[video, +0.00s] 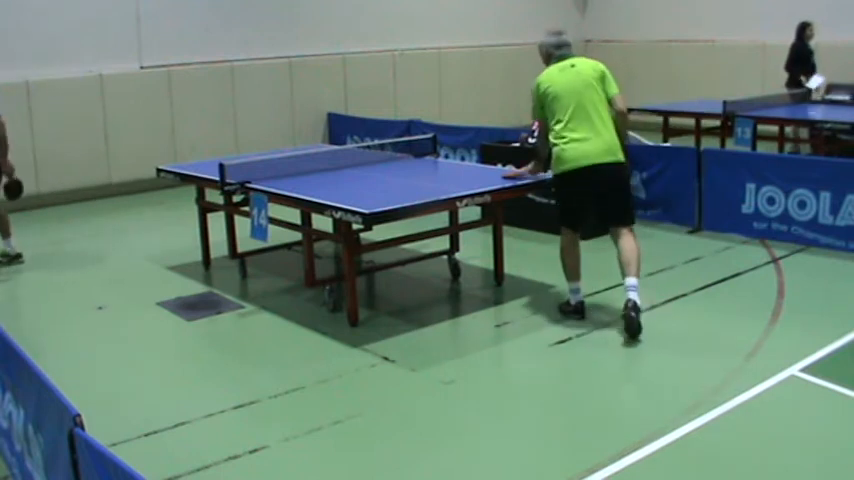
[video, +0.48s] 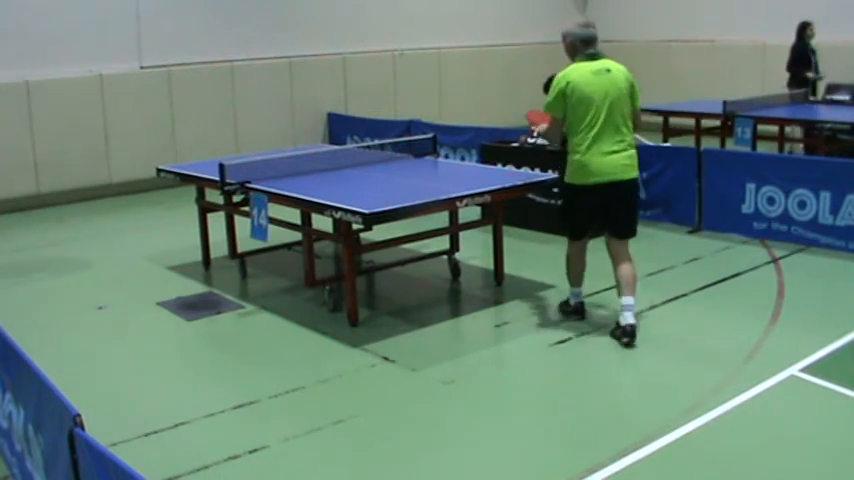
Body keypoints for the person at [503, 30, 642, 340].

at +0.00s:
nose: (540, 61)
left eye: (540, 56)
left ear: (545, 55)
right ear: (570, 49)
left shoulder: (542, 82)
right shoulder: (596, 68)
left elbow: (542, 132)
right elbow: (620, 109)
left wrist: (539, 164)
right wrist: (619, 145)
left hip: (570, 167)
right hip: (610, 161)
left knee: (569, 233)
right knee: (623, 230)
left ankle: (575, 300)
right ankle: (633, 298)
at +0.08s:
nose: (540, 58)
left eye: (540, 54)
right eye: (542, 53)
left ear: (546, 53)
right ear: (570, 47)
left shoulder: (543, 81)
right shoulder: (597, 67)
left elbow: (542, 133)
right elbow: (622, 110)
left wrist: (539, 161)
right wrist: (618, 141)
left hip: (570, 166)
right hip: (610, 161)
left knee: (569, 233)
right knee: (619, 230)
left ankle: (576, 300)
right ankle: (630, 298)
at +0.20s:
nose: (544, 56)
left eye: (544, 52)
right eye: (544, 52)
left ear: (550, 49)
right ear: (574, 44)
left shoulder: (547, 79)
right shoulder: (602, 67)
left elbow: (543, 131)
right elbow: (625, 112)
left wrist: (536, 156)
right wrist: (619, 139)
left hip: (572, 168)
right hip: (612, 163)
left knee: (570, 234)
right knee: (616, 233)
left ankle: (575, 300)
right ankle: (629, 300)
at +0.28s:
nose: (548, 53)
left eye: (548, 49)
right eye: (549, 49)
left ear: (554, 48)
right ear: (580, 43)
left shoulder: (550, 78)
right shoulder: (607, 68)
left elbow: (544, 129)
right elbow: (629, 114)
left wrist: (540, 148)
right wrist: (619, 137)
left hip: (574, 171)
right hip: (614, 167)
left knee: (571, 237)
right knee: (618, 238)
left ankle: (576, 301)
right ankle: (632, 305)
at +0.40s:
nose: (557, 51)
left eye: (557, 47)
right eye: (558, 46)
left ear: (563, 46)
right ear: (588, 42)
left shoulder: (559, 78)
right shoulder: (615, 71)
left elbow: (548, 132)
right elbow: (634, 119)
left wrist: (542, 138)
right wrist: (608, 120)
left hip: (577, 175)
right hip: (618, 172)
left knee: (574, 239)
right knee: (621, 245)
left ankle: (576, 301)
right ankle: (631, 316)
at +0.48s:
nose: (563, 50)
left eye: (564, 45)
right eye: (565, 45)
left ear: (570, 45)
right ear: (596, 42)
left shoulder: (566, 79)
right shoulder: (623, 73)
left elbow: (553, 134)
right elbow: (637, 122)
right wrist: (609, 122)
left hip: (583, 177)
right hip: (623, 175)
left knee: (577, 243)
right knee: (621, 248)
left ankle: (575, 301)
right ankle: (628, 322)